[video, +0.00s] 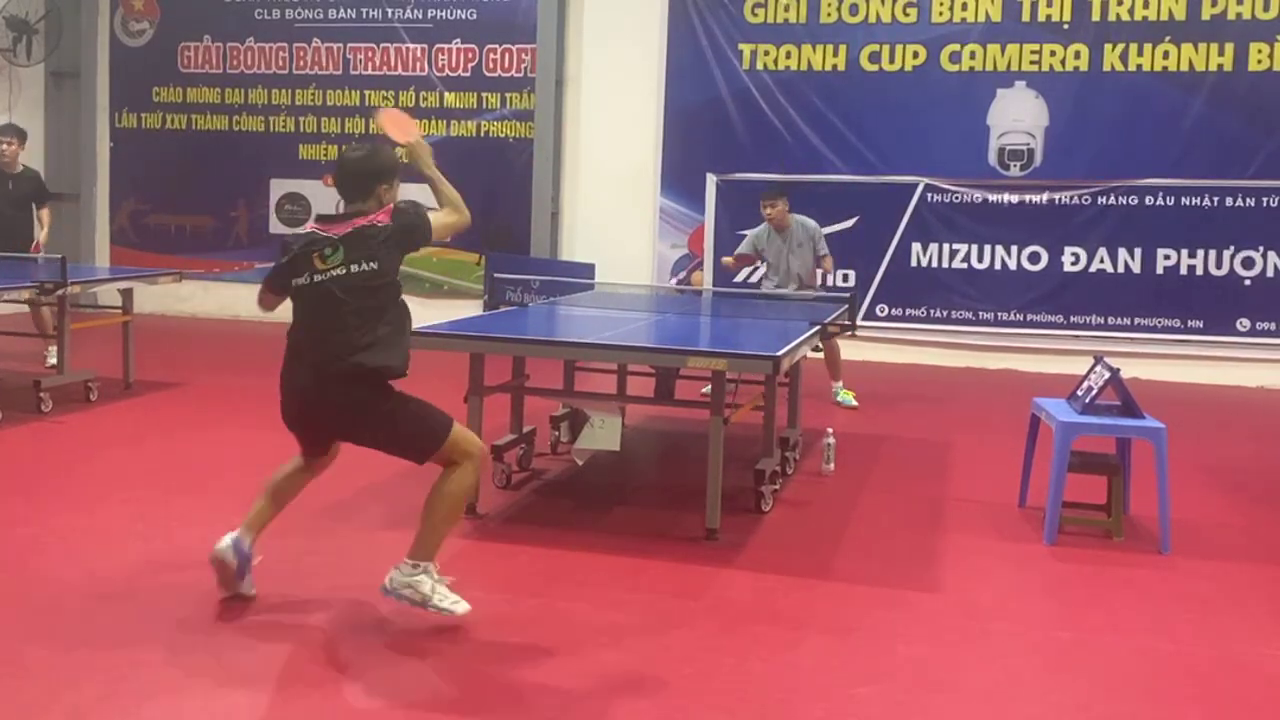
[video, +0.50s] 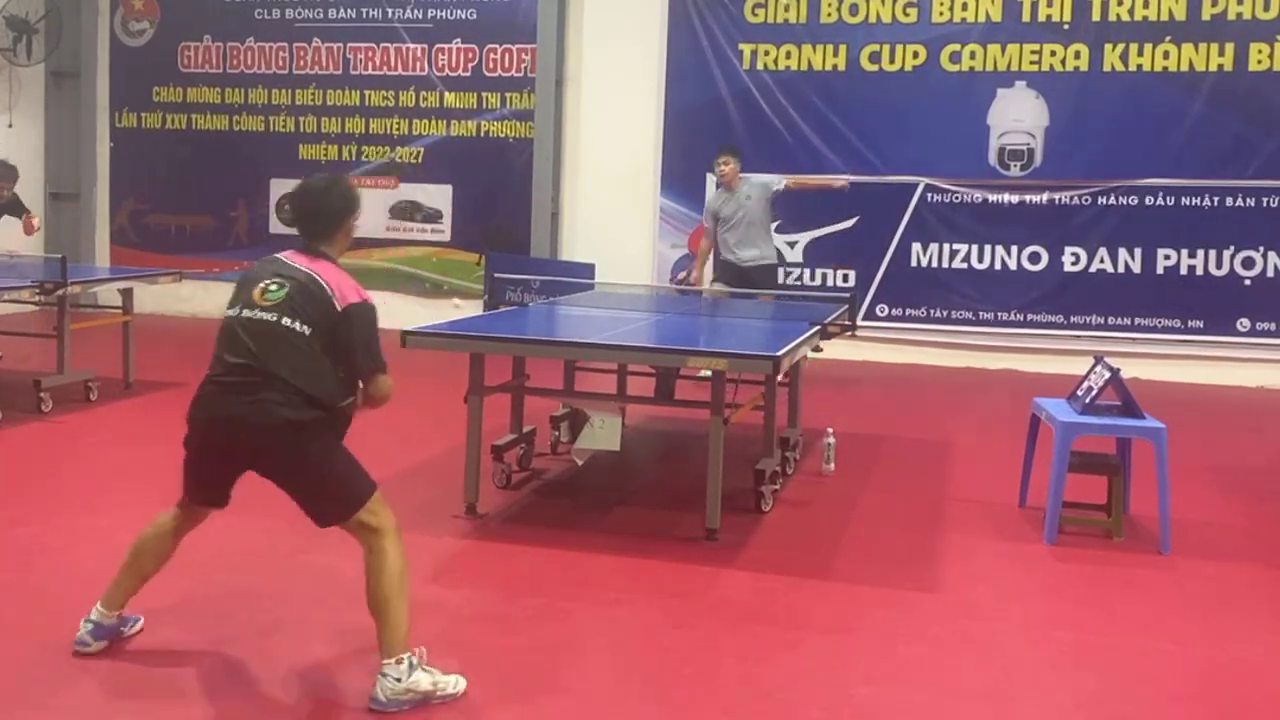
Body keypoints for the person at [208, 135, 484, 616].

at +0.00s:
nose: (397, 194)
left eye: (395, 185)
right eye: (393, 186)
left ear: (339, 190)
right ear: (383, 190)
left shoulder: (307, 243)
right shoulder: (393, 226)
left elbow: (266, 302)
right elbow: (459, 215)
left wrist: (310, 269)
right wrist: (427, 167)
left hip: (298, 395)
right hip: (357, 395)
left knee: (317, 455)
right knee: (469, 454)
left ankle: (241, 541)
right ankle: (416, 569)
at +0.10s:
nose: (388, 201)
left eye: (386, 192)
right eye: (386, 194)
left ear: (333, 200)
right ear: (374, 201)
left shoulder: (284, 261)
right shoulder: (387, 253)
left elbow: (252, 336)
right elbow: (466, 281)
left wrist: (300, 309)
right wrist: (461, 227)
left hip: (299, 411)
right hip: (368, 413)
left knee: (286, 487)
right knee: (459, 497)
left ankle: (223, 586)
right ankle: (462, 609)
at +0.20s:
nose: (399, 203)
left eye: (399, 195)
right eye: (399, 196)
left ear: (339, 193)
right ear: (392, 199)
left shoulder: (298, 252)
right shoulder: (397, 263)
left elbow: (259, 334)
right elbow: (458, 331)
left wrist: (313, 313)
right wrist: (477, 291)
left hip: (280, 399)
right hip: (349, 405)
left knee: (264, 473)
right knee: (439, 498)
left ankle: (214, 584)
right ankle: (460, 632)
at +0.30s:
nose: (413, 205)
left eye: (410, 196)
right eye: (413, 197)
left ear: (356, 196)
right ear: (405, 204)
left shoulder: (308, 243)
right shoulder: (399, 269)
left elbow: (286, 311)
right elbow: (433, 361)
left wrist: (360, 331)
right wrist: (471, 355)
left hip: (249, 387)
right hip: (315, 397)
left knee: (255, 479)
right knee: (406, 499)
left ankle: (162, 581)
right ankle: (423, 636)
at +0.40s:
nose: (404, 223)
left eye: (404, 214)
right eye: (404, 215)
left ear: (345, 218)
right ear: (396, 223)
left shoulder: (305, 262)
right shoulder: (387, 297)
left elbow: (307, 342)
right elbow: (400, 385)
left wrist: (398, 386)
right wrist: (425, 398)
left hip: (237, 406)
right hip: (298, 417)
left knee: (231, 510)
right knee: (394, 522)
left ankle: (119, 599)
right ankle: (398, 669)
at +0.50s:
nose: (358, 227)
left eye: (357, 218)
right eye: (356, 219)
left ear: (298, 221)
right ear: (346, 227)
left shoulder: (260, 270)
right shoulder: (347, 294)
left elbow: (253, 347)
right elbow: (379, 390)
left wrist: (334, 380)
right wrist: (348, 392)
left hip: (215, 417)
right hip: (291, 428)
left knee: (185, 513)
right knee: (380, 529)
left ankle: (100, 619)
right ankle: (397, 669)